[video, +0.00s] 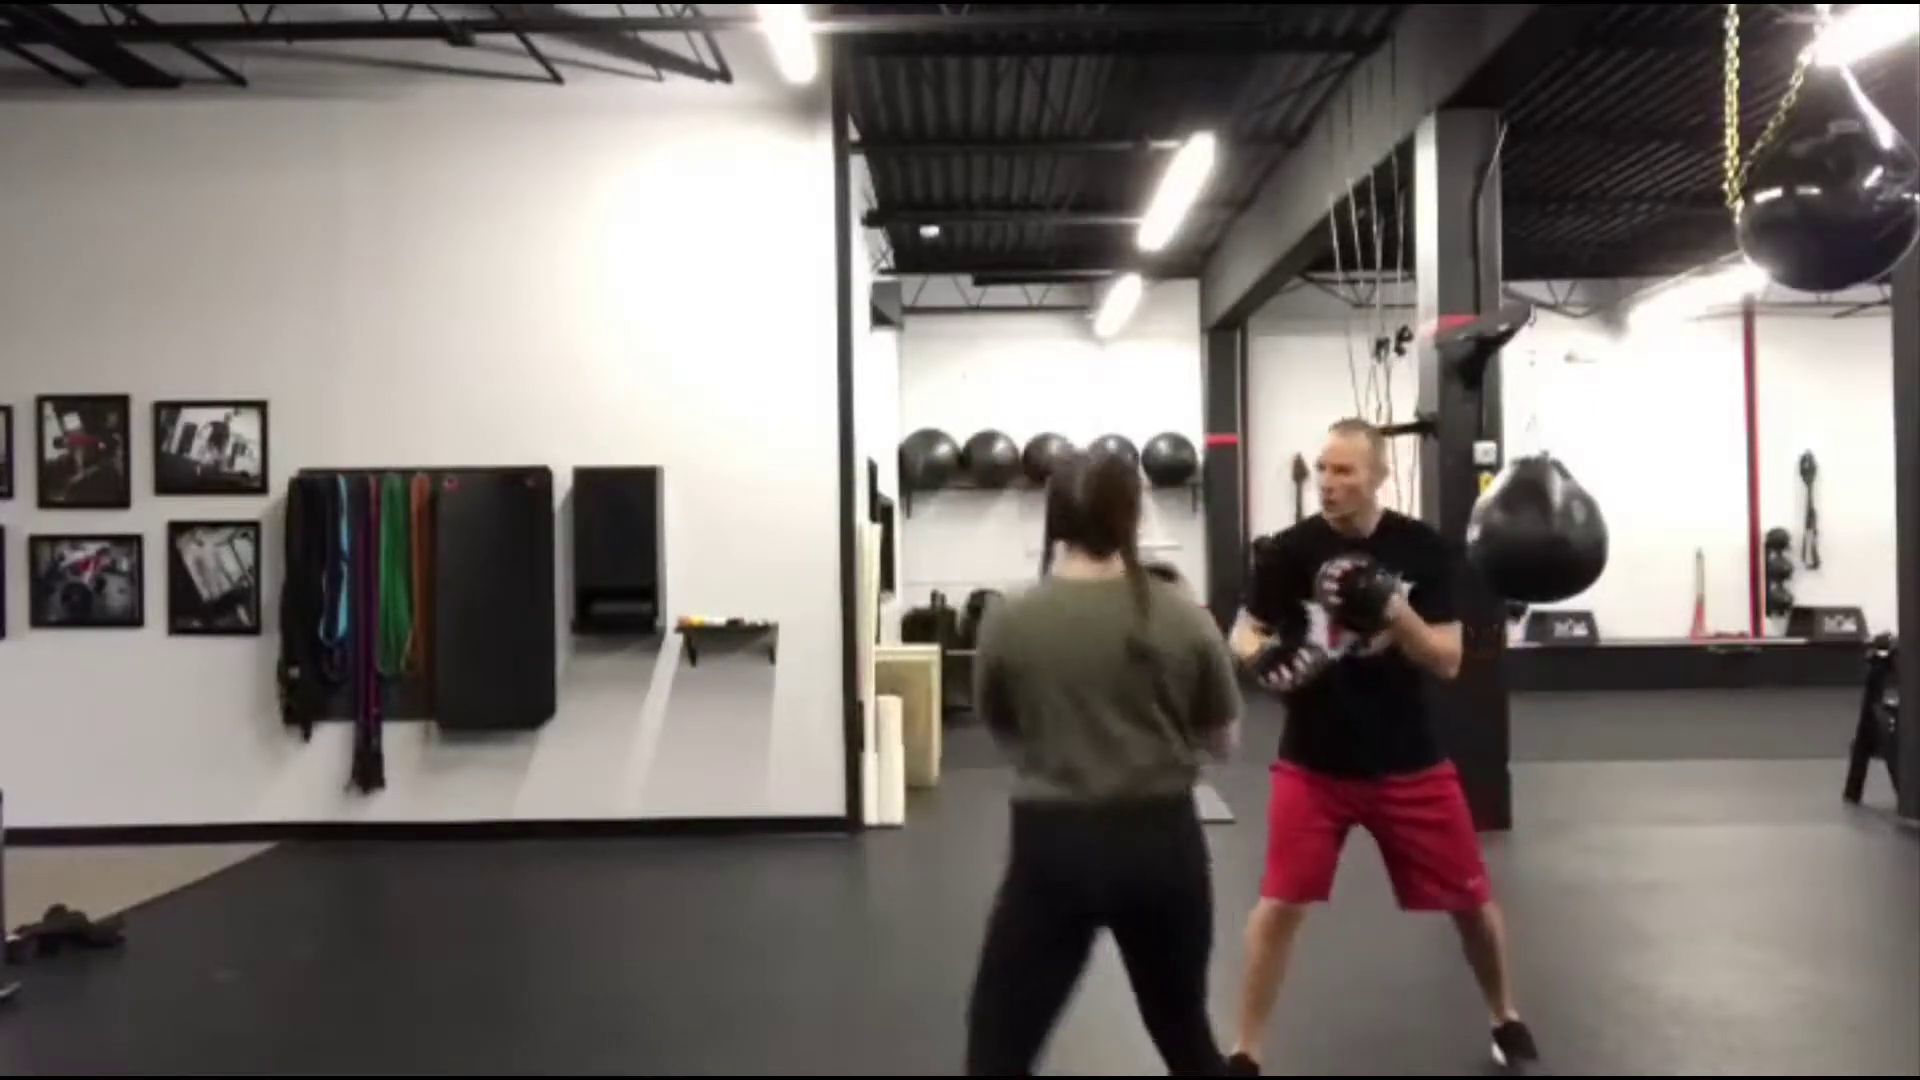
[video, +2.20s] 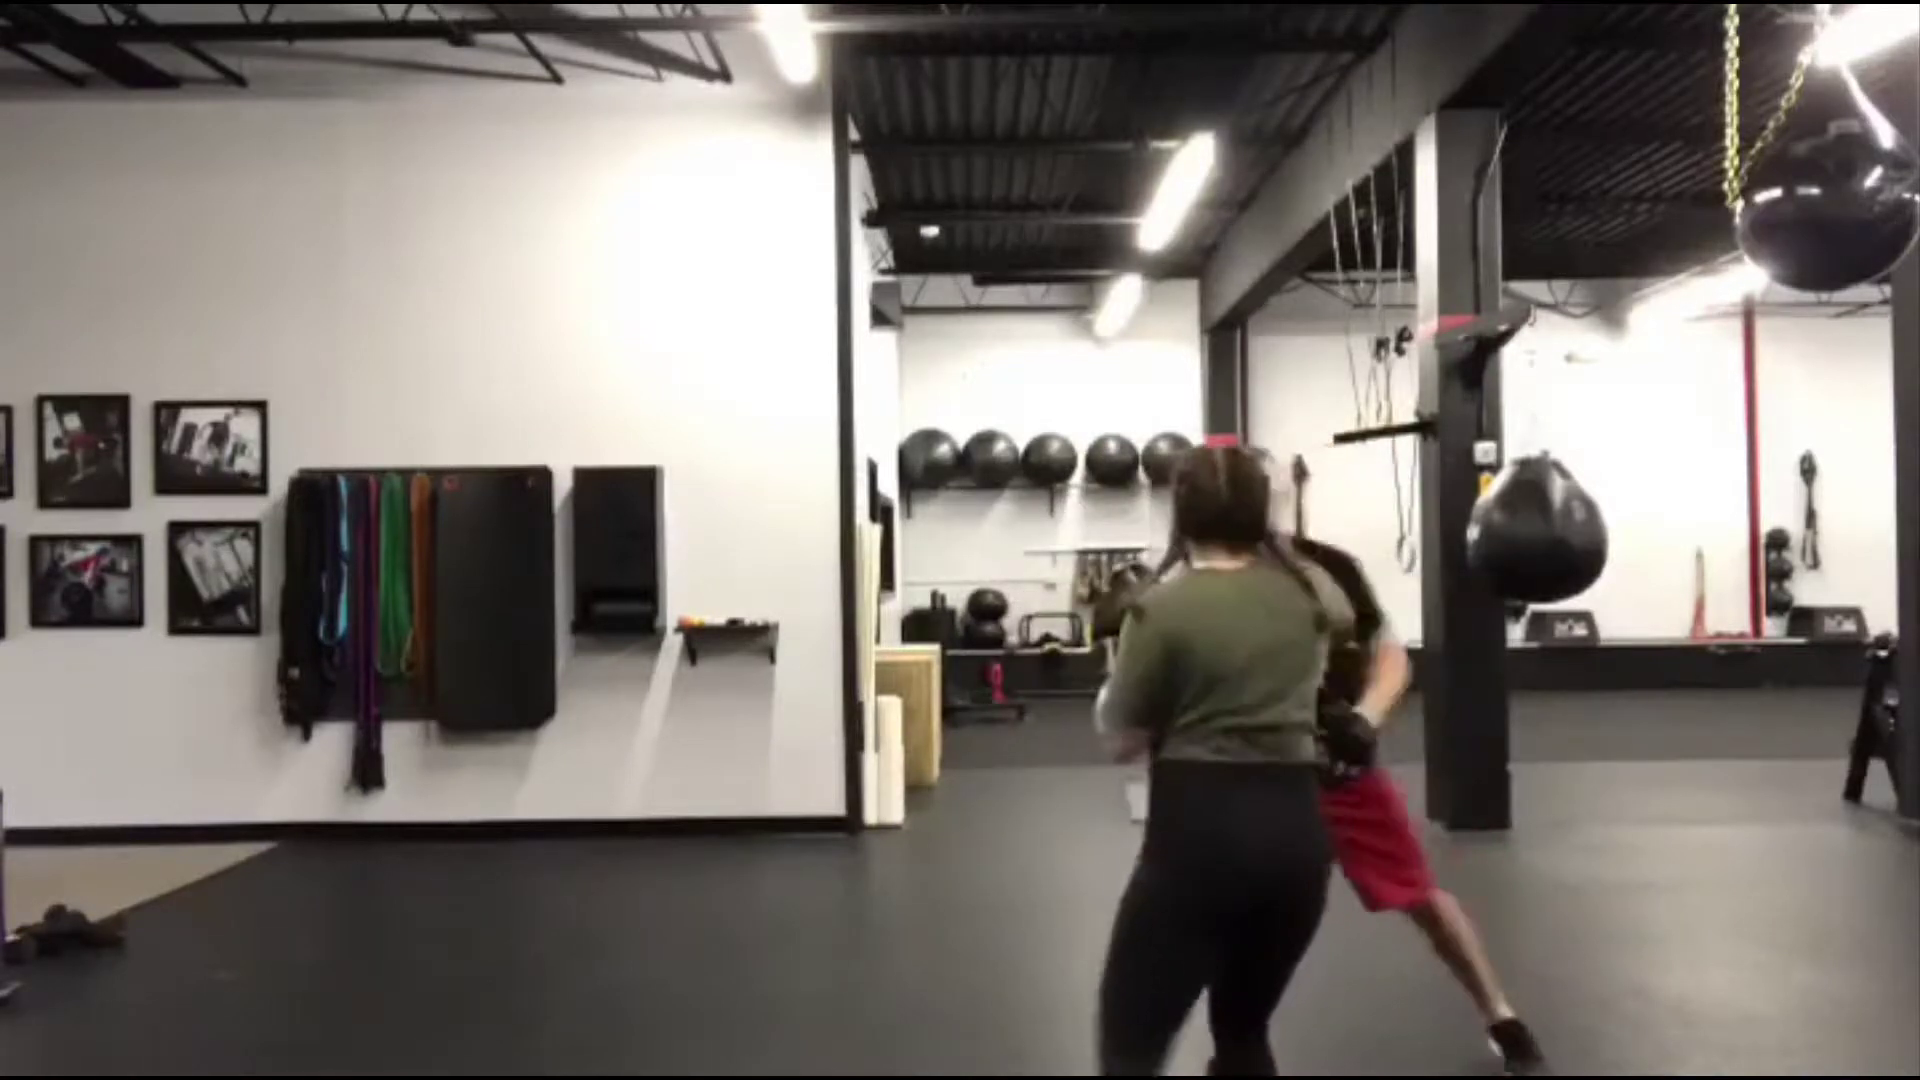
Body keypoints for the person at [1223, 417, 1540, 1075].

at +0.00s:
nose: (1329, 483)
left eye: (1344, 471)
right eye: (1323, 471)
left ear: (1379, 478)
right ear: (1315, 475)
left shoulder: (1428, 549)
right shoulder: (1286, 553)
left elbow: (1447, 659)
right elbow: (1244, 638)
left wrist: (1395, 612)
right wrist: (1269, 655)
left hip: (1411, 767)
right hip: (1312, 767)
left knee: (1473, 902)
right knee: (1281, 902)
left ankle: (1505, 1020)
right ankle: (1246, 1054)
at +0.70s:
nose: (1323, 491)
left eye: (1339, 479)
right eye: (1318, 480)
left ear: (1380, 486)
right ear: (1313, 489)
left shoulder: (1430, 558)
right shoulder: (1304, 563)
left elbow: (1457, 668)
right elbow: (1262, 616)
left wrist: (1395, 593)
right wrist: (1241, 564)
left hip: (1425, 777)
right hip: (1323, 772)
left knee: (1485, 915)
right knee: (1281, 903)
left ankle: (1509, 1028)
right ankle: (1244, 1050)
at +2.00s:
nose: (1301, 501)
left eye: (1314, 487)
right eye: (1289, 489)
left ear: (1342, 490)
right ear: (1278, 496)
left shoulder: (1391, 561)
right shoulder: (1266, 568)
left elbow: (1435, 665)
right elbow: (1234, 649)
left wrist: (1360, 660)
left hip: (1405, 778)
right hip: (1311, 778)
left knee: (1469, 914)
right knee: (1264, 914)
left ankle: (1514, 1022)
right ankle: (1235, 1047)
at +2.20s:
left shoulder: (1327, 569)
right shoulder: (1198, 585)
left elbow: (1391, 657)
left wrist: (1361, 720)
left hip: (1338, 765)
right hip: (1252, 778)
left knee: (1420, 896)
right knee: (1245, 915)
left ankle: (1500, 1018)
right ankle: (1236, 1045)